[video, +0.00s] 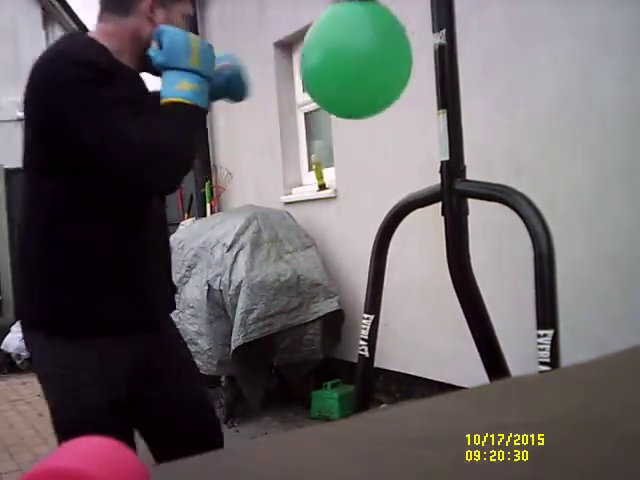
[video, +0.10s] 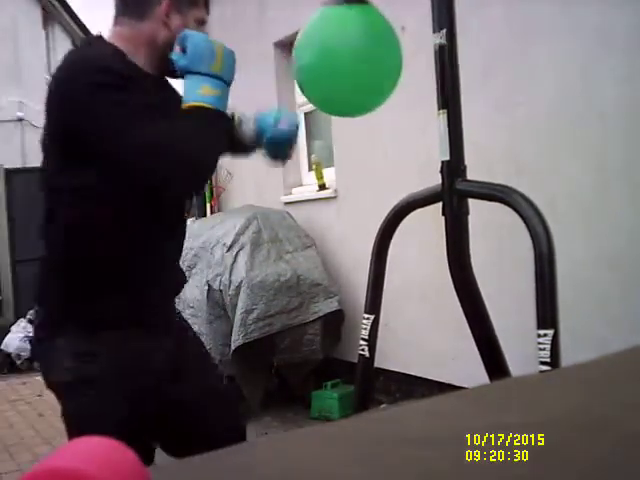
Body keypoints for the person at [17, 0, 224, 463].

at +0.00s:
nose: (186, 38)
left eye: (188, 25)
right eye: (184, 21)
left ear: (148, 14)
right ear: (150, 12)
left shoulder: (120, 79)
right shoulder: (70, 68)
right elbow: (157, 170)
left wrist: (198, 91)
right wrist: (183, 84)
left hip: (137, 317)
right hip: (77, 326)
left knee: (200, 455)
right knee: (102, 469)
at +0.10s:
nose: (199, 39)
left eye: (202, 27)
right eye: (198, 23)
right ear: (167, 14)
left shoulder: (152, 89)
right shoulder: (90, 75)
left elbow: (194, 132)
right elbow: (180, 171)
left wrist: (251, 133)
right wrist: (207, 94)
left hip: (150, 318)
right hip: (90, 328)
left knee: (221, 432)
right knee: (117, 465)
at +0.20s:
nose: (218, 40)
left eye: (218, 26)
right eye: (214, 24)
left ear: (182, 20)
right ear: (185, 19)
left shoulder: (157, 95)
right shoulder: (123, 84)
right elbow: (204, 187)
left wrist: (210, 107)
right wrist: (228, 107)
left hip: (171, 326)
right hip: (119, 332)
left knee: (244, 450)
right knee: (109, 470)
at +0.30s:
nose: (247, 31)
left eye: (246, 17)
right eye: (243, 15)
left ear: (211, 16)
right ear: (214, 14)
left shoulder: (191, 91)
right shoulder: (139, 80)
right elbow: (188, 184)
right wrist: (241, 114)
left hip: (191, 323)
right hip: (119, 327)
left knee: (246, 461)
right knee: (99, 471)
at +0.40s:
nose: (255, 21)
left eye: (253, 8)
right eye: (249, 6)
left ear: (214, 11)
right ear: (217, 8)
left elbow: (253, 97)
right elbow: (163, 168)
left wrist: (299, 75)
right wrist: (230, 101)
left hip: (191, 297)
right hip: (115, 299)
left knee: (231, 451)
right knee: (84, 458)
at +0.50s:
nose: (245, 23)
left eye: (244, 9)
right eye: (241, 8)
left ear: (207, 9)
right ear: (211, 7)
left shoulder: (197, 77)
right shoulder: (129, 70)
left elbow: (228, 107)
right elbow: (164, 162)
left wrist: (288, 88)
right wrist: (216, 91)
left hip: (189, 295)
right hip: (122, 297)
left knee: (230, 446)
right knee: (91, 455)